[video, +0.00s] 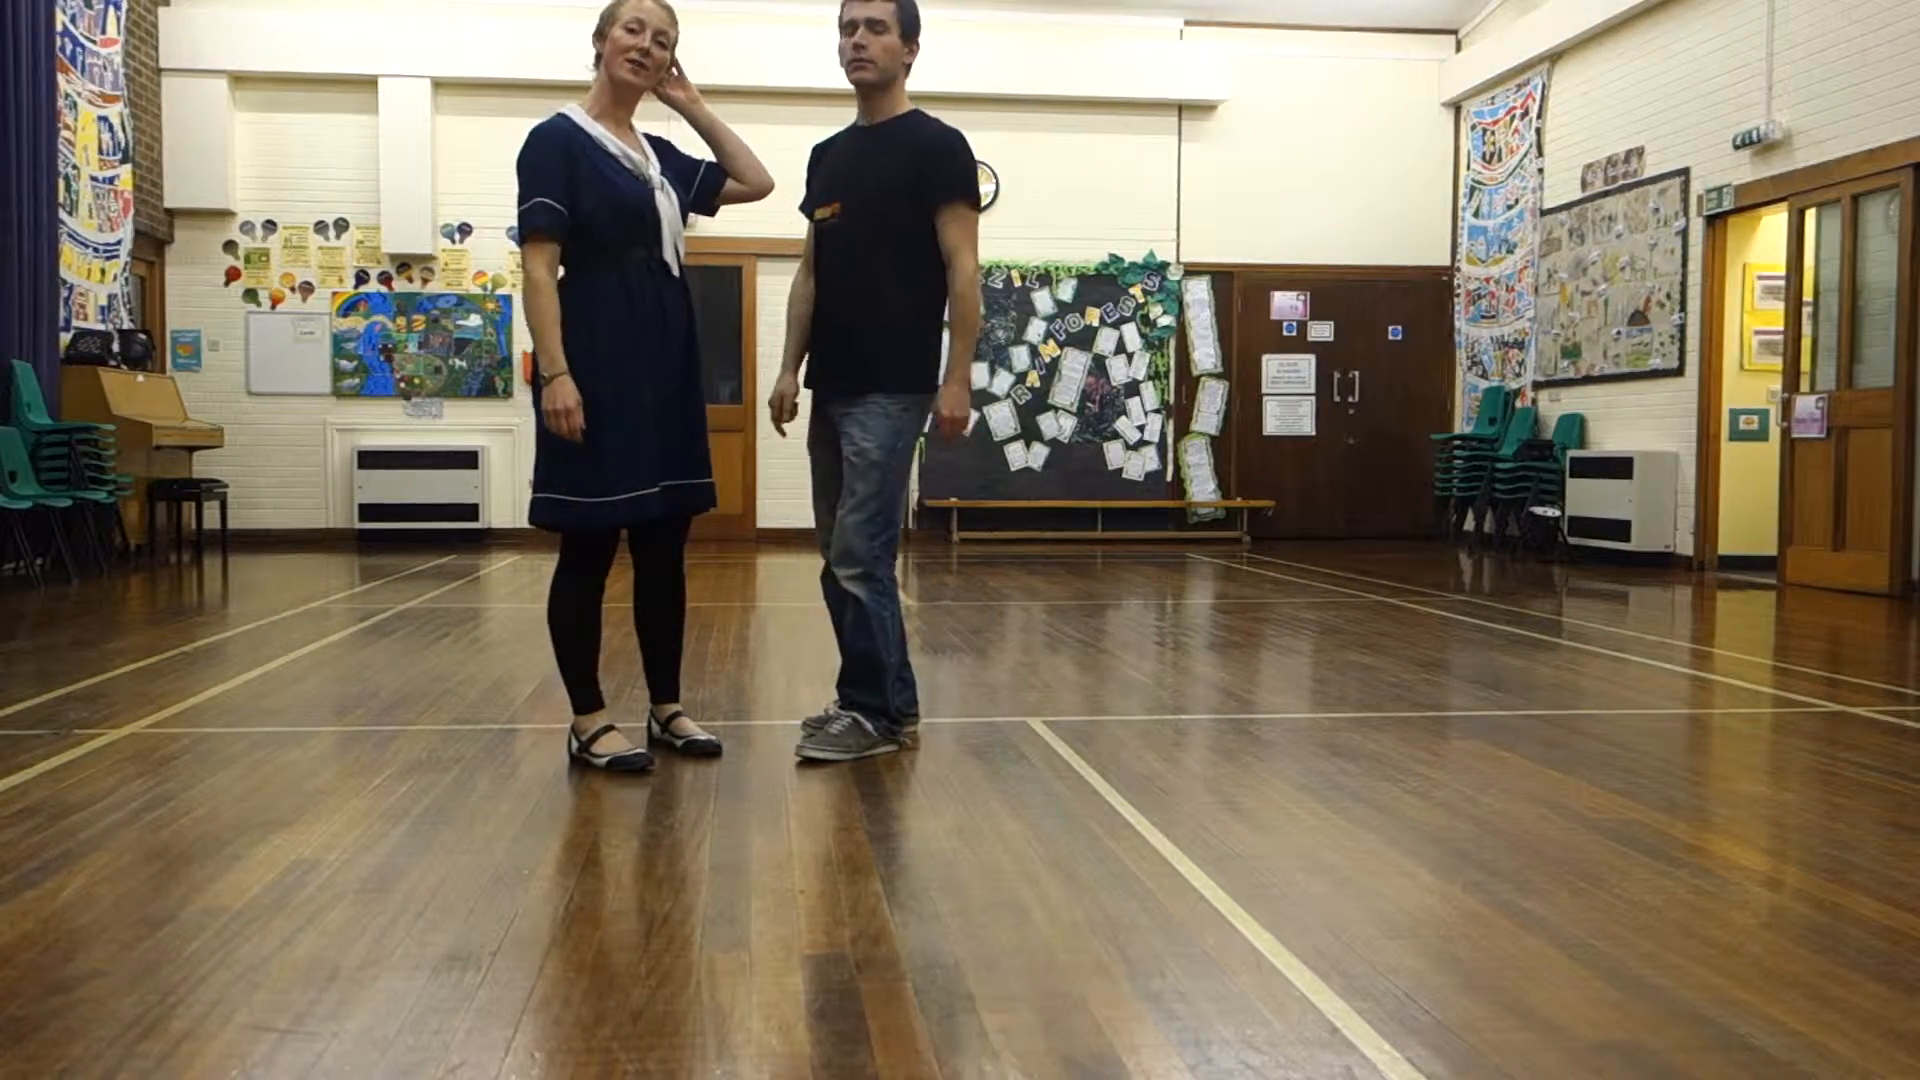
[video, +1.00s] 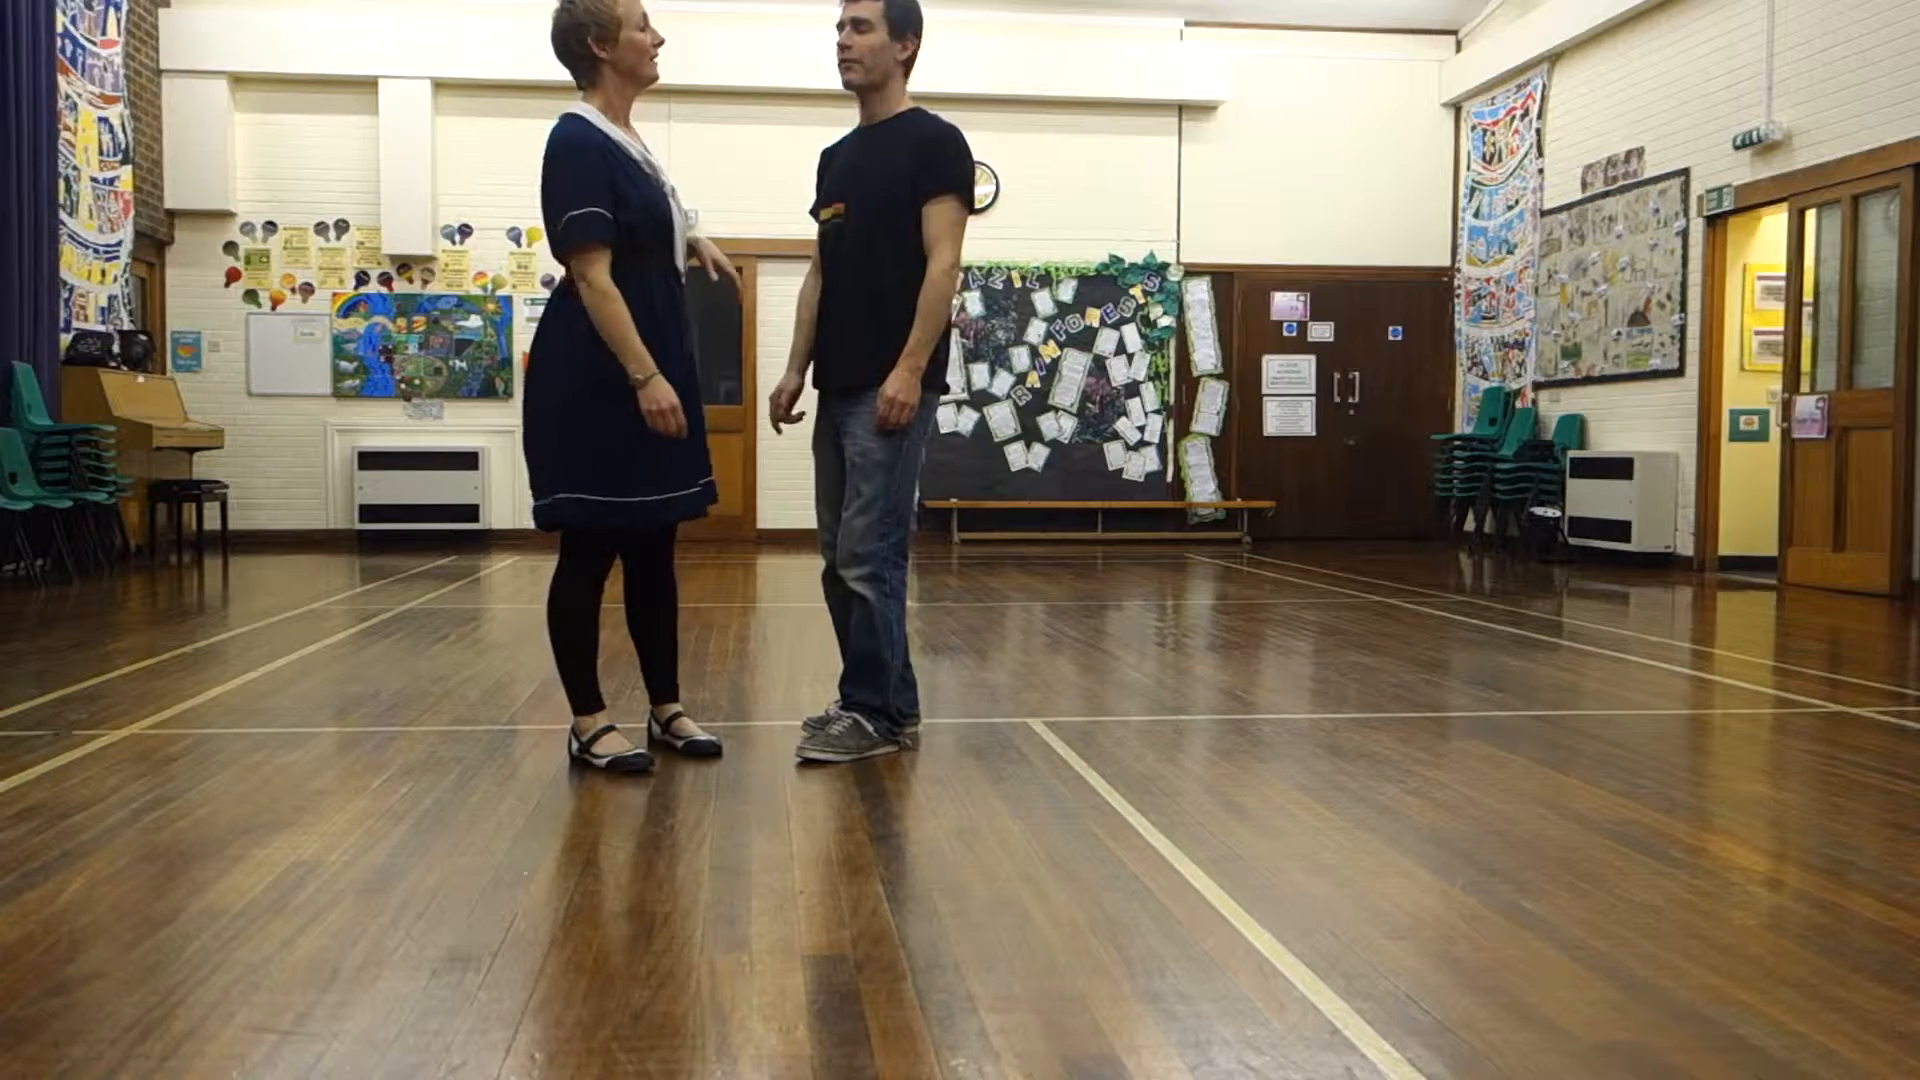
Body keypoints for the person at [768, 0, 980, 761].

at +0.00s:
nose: (856, 40)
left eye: (873, 28)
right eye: (847, 29)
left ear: (910, 47)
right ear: (838, 46)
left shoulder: (940, 145)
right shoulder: (827, 156)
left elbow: (964, 268)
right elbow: (812, 269)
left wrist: (959, 380)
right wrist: (789, 369)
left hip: (895, 384)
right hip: (832, 383)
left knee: (855, 556)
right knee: (847, 557)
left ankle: (868, 712)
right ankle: (890, 706)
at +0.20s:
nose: (873, 43)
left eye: (889, 31)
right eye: (861, 31)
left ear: (919, 51)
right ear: (847, 51)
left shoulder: (945, 146)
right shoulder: (831, 157)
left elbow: (959, 270)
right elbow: (818, 270)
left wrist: (937, 377)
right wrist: (803, 369)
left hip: (896, 387)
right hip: (833, 385)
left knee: (864, 558)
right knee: (844, 560)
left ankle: (872, 712)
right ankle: (885, 705)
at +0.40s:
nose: (873, 43)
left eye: (890, 31)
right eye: (862, 31)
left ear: (920, 51)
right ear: (848, 50)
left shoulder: (947, 145)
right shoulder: (836, 159)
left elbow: (961, 265)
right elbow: (819, 271)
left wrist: (928, 368)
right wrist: (796, 366)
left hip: (899, 384)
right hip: (840, 383)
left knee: (867, 557)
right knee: (845, 558)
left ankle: (872, 712)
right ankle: (885, 706)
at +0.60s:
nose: (872, 42)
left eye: (889, 31)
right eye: (861, 30)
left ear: (919, 52)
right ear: (847, 50)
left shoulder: (944, 143)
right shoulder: (836, 158)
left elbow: (952, 269)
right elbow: (823, 271)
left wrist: (917, 369)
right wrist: (805, 365)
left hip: (899, 385)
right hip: (840, 384)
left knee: (869, 557)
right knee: (844, 558)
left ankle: (877, 712)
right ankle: (878, 705)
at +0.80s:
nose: (866, 41)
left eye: (882, 30)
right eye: (855, 31)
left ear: (916, 50)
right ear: (844, 50)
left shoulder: (941, 141)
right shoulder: (835, 157)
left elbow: (950, 266)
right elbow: (823, 272)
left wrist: (914, 369)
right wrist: (809, 367)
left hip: (896, 386)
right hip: (837, 385)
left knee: (868, 558)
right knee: (842, 560)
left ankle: (879, 712)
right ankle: (877, 704)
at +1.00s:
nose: (843, 40)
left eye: (861, 28)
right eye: (841, 28)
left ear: (905, 48)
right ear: (841, 46)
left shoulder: (935, 139)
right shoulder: (835, 158)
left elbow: (944, 263)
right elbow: (822, 272)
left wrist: (911, 370)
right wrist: (796, 370)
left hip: (894, 384)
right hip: (837, 383)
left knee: (866, 556)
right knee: (842, 558)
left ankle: (876, 712)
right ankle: (878, 704)